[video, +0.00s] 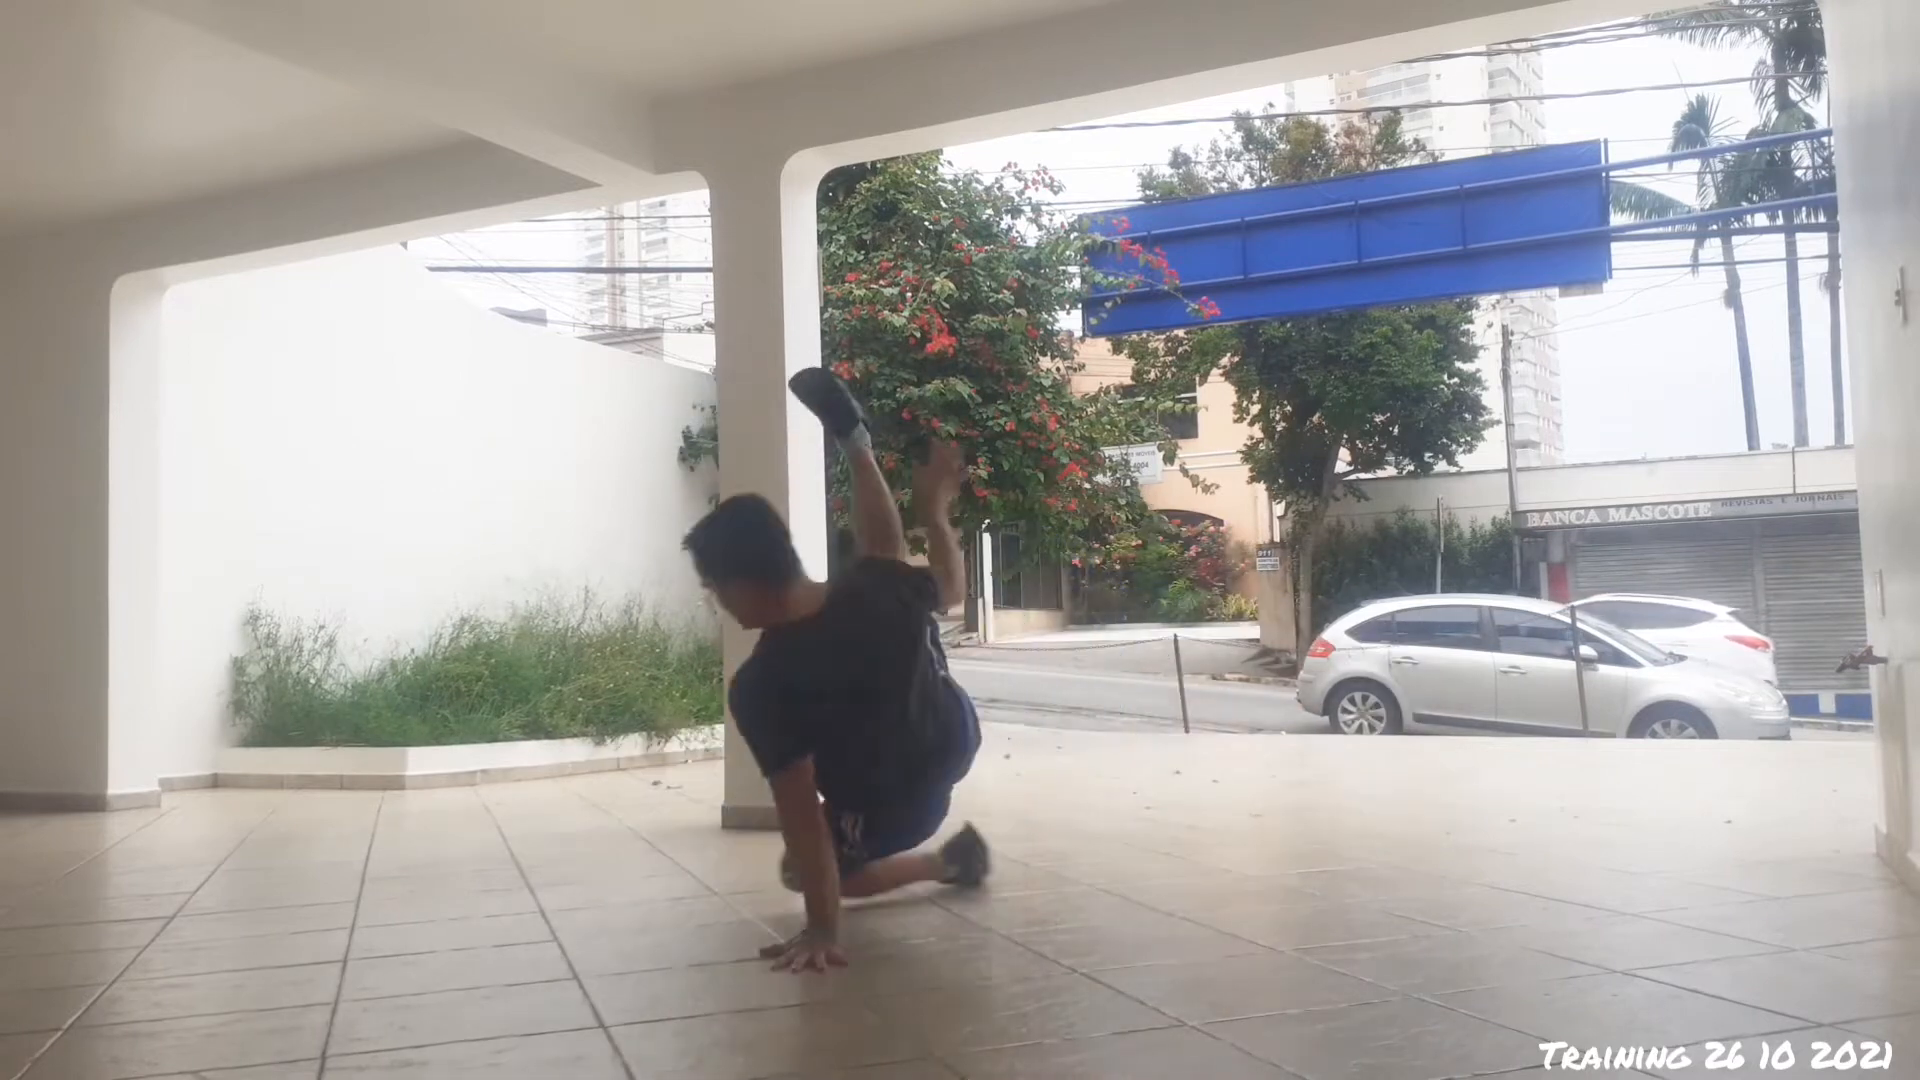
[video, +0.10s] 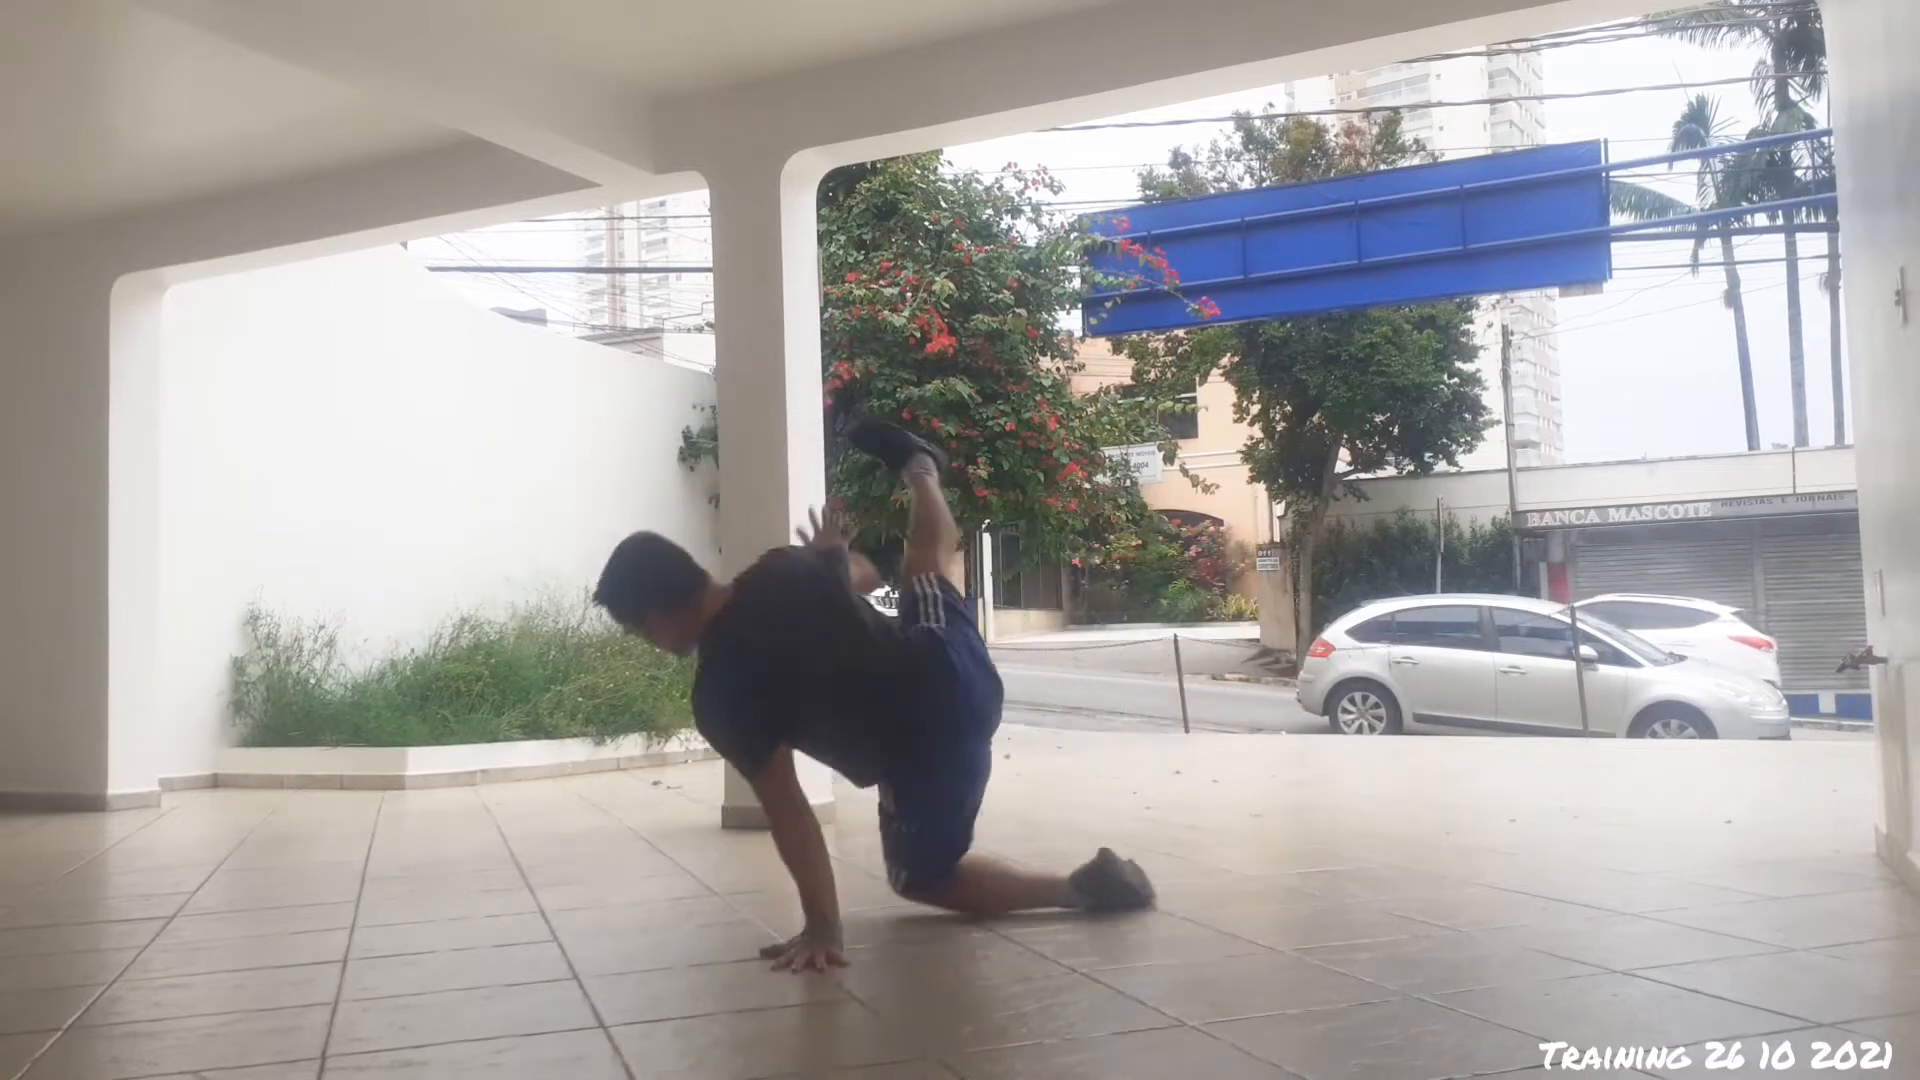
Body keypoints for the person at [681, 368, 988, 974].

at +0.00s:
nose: (717, 601)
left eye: (716, 587)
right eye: (712, 588)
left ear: (746, 585)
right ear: (786, 553)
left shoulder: (761, 686)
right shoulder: (876, 585)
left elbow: (802, 810)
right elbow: (949, 592)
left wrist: (822, 933)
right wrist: (939, 507)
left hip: (892, 815)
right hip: (952, 740)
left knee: (804, 872)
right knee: (884, 565)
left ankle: (946, 862)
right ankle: (856, 441)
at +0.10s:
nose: (647, 642)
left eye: (639, 629)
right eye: (636, 631)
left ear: (655, 618)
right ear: (691, 566)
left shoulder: (722, 695)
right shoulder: (782, 567)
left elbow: (790, 813)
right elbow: (863, 579)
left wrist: (822, 930)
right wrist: (833, 553)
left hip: (935, 766)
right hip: (959, 673)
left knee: (924, 877)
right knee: (933, 561)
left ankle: (1081, 888)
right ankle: (923, 467)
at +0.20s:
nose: (620, 693)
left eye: (614, 679)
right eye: (609, 682)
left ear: (636, 655)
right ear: (659, 620)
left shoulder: (710, 693)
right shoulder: (734, 613)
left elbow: (790, 808)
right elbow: (826, 630)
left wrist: (821, 927)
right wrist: (849, 740)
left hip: (917, 690)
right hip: (931, 607)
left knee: (946, 878)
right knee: (993, 546)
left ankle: (1124, 913)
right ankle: (1026, 491)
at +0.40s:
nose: (632, 754)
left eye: (625, 736)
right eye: (622, 743)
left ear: (647, 710)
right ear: (659, 707)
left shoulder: (704, 702)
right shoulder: (757, 705)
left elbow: (773, 806)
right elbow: (826, 786)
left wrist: (813, 918)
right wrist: (821, 893)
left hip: (872, 565)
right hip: (928, 601)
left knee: (829, 622)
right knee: (1062, 660)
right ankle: (1227, 657)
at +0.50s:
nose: (639, 714)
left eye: (633, 699)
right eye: (634, 706)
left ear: (654, 671)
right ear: (668, 679)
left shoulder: (704, 666)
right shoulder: (769, 700)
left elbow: (742, 768)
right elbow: (822, 788)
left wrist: (766, 880)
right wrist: (819, 889)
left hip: (872, 565)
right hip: (931, 616)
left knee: (753, 542)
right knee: (1019, 756)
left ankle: (624, 474)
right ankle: (1193, 784)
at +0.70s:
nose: (686, 631)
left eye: (688, 613)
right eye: (683, 618)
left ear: (718, 589)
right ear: (716, 601)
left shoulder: (780, 593)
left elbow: (791, 546)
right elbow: (822, 788)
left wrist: (713, 517)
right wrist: (817, 892)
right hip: (863, 756)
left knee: (704, 524)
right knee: (720, 861)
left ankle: (588, 416)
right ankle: (592, 948)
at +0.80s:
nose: (743, 580)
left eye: (753, 565)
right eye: (745, 569)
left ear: (784, 557)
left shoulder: (831, 585)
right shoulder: (847, 677)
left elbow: (825, 613)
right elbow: (833, 797)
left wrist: (739, 562)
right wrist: (818, 893)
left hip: (787, 710)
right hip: (775, 813)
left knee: (704, 545)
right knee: (620, 838)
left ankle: (621, 392)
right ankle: (464, 890)